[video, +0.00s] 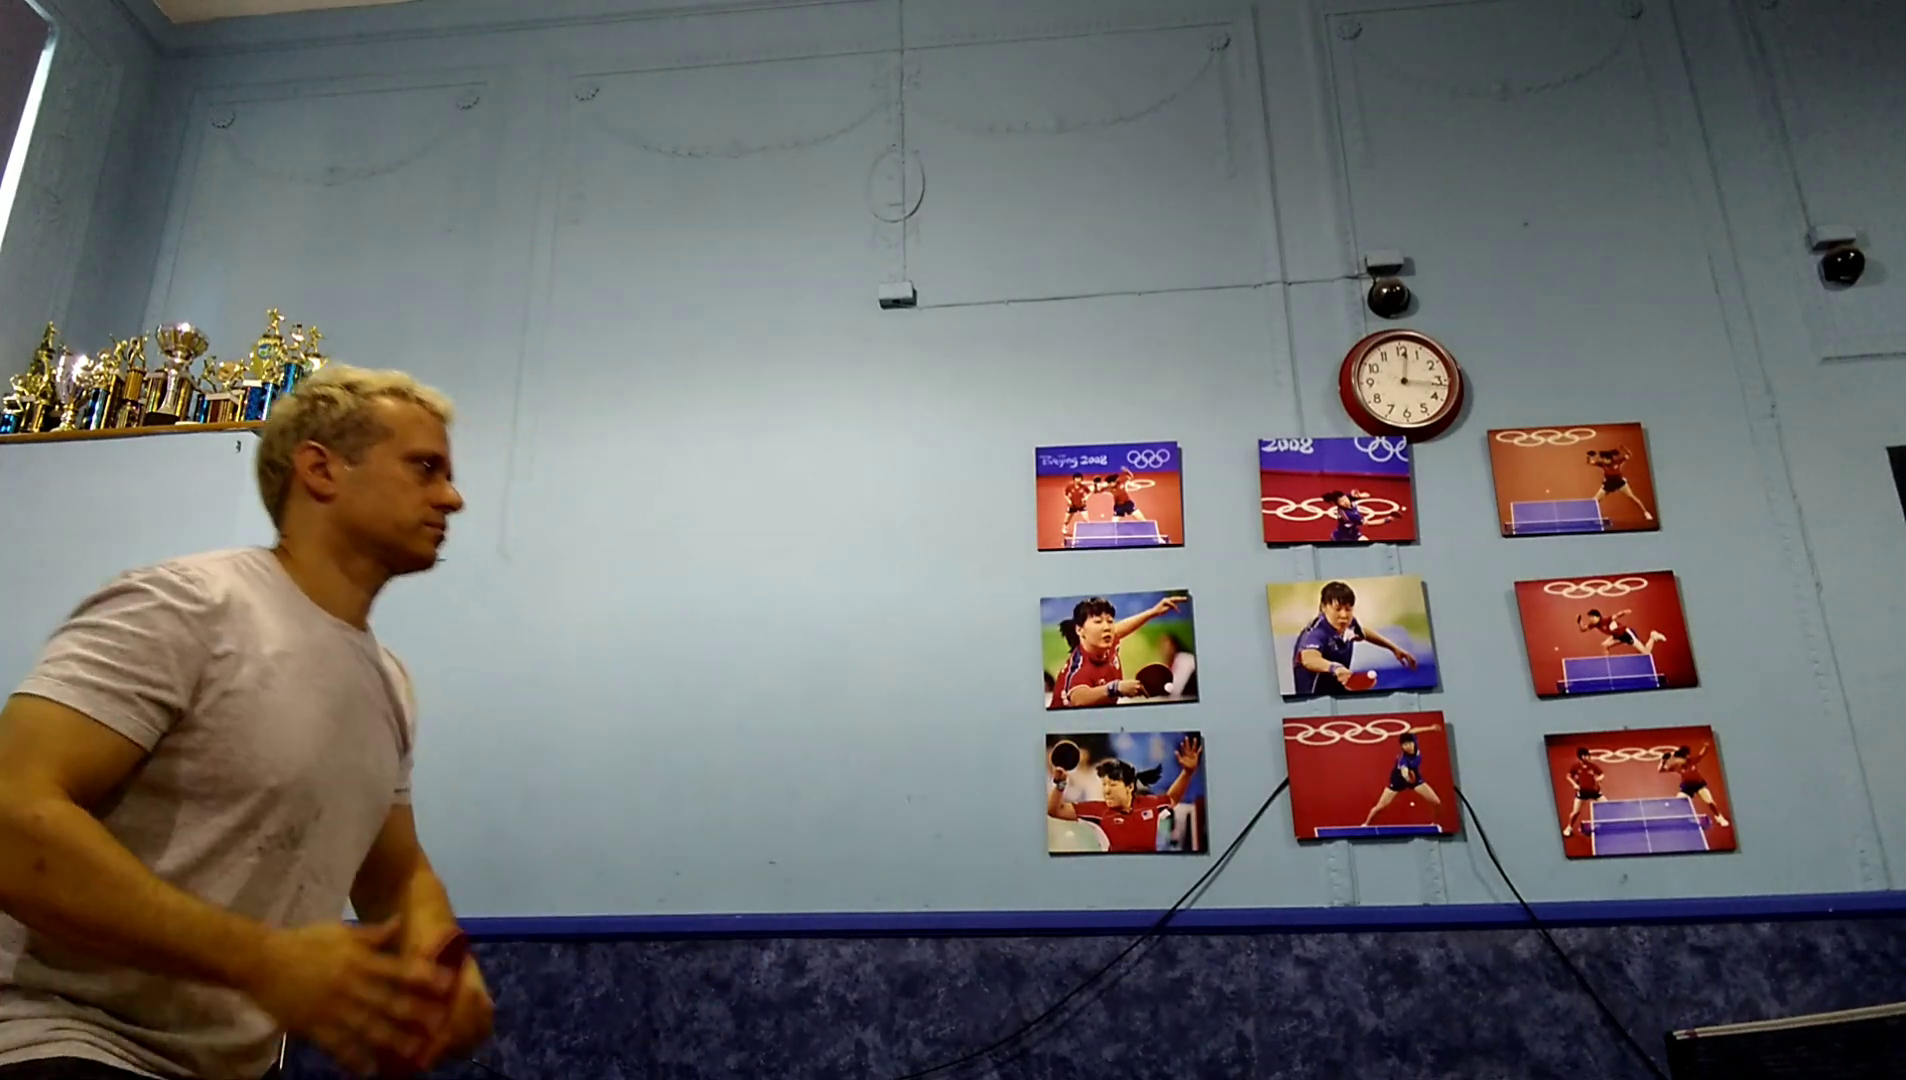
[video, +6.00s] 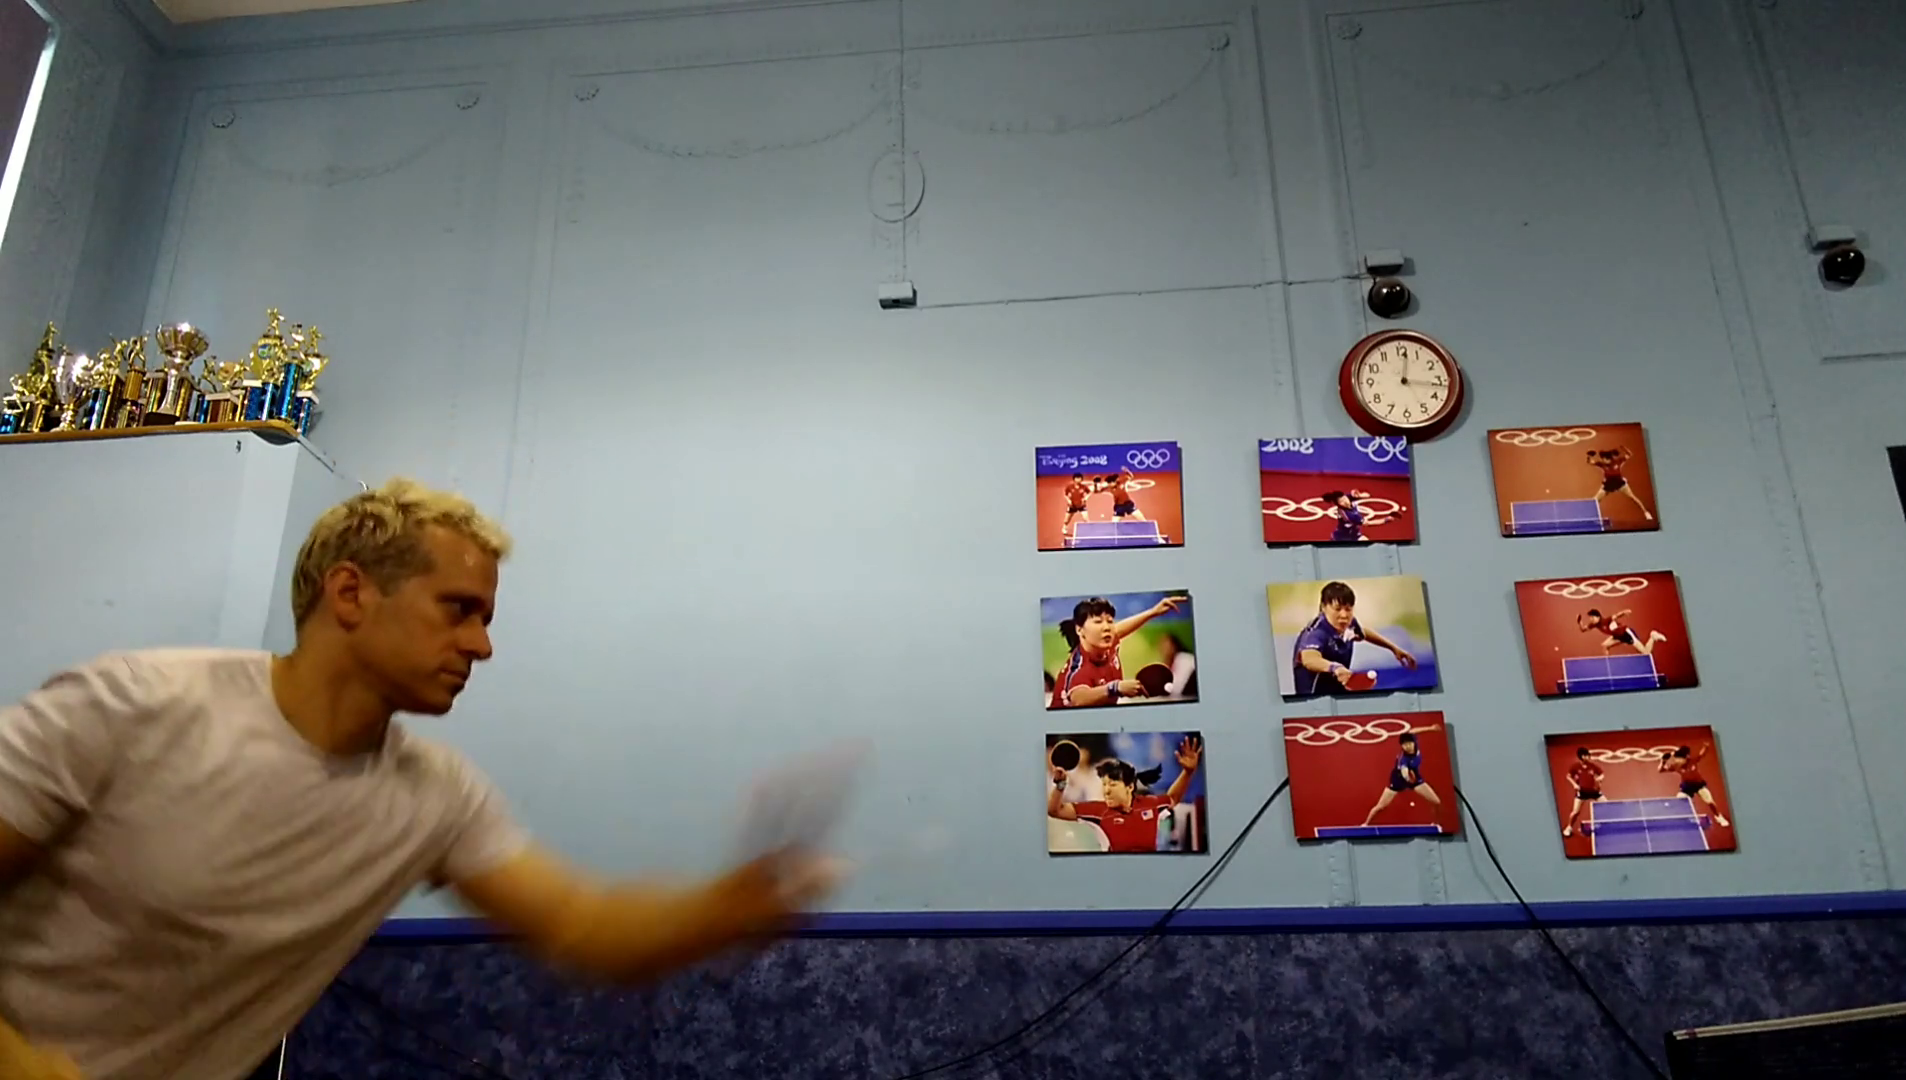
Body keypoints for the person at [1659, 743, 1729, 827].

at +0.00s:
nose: (1683, 761)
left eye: (1685, 758)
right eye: (1681, 759)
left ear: (1687, 756)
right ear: (1678, 758)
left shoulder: (1692, 760)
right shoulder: (1676, 766)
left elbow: (1701, 755)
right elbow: (1661, 770)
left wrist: (1705, 747)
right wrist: (1663, 760)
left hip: (1699, 784)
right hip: (1686, 786)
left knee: (1710, 802)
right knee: (1678, 803)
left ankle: (1718, 816)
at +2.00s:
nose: (1684, 759)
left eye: (1686, 757)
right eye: (1682, 758)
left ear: (1687, 756)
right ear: (1679, 757)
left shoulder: (1692, 760)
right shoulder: (1676, 765)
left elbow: (1701, 755)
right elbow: (1661, 770)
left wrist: (1705, 747)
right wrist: (1663, 760)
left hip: (1699, 784)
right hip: (1686, 786)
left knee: (1710, 802)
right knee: (1678, 803)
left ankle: (1718, 817)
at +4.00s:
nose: (1679, 762)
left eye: (1681, 760)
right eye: (1678, 760)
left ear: (1686, 757)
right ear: (1676, 759)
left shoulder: (1692, 760)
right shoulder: (1676, 766)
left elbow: (1701, 755)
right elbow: (1661, 771)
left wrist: (1705, 747)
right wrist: (1663, 761)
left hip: (1699, 784)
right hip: (1686, 786)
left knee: (1710, 802)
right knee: (1678, 803)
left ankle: (1718, 816)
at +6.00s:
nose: (1679, 762)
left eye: (1681, 759)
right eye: (1677, 760)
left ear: (1686, 757)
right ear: (1676, 759)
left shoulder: (1693, 761)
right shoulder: (1676, 766)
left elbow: (1701, 755)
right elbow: (1661, 770)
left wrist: (1705, 747)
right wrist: (1663, 761)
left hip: (1699, 784)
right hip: (1686, 786)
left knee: (1710, 802)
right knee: (1679, 803)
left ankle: (1718, 816)